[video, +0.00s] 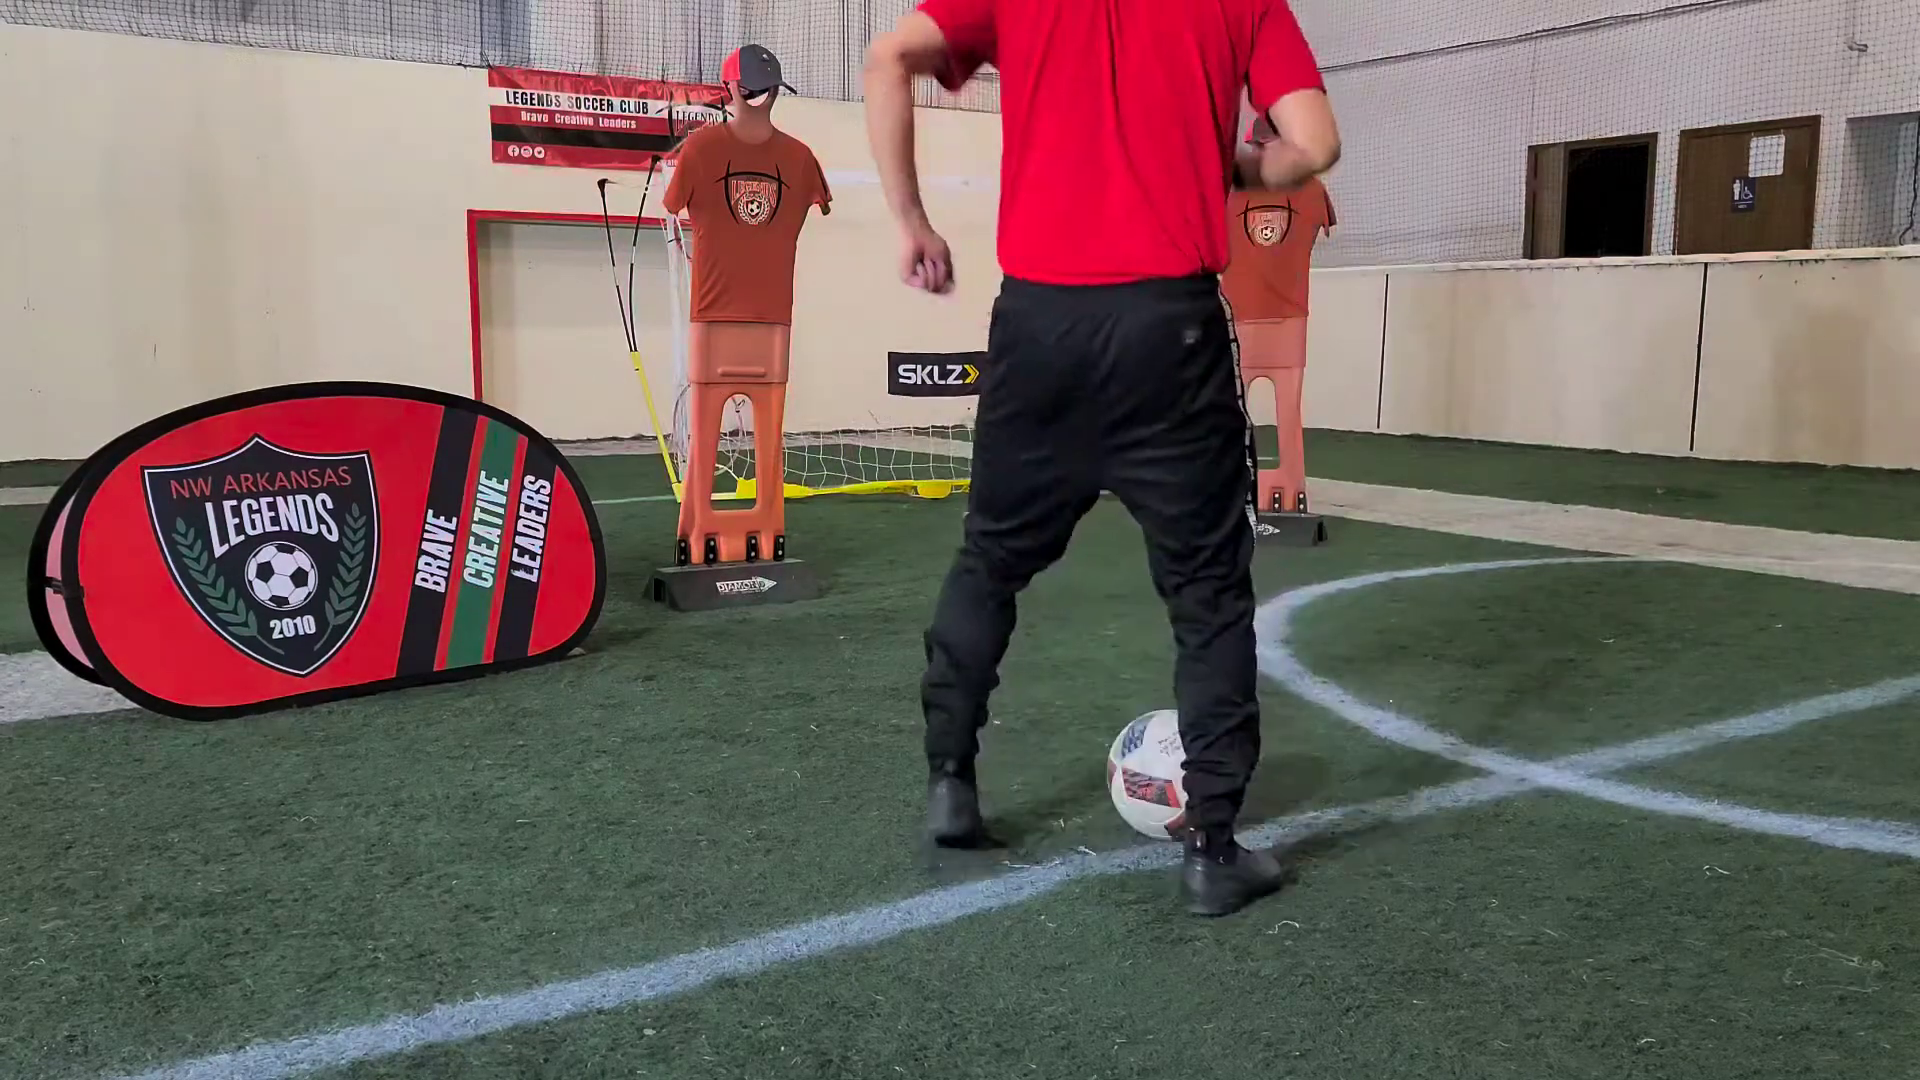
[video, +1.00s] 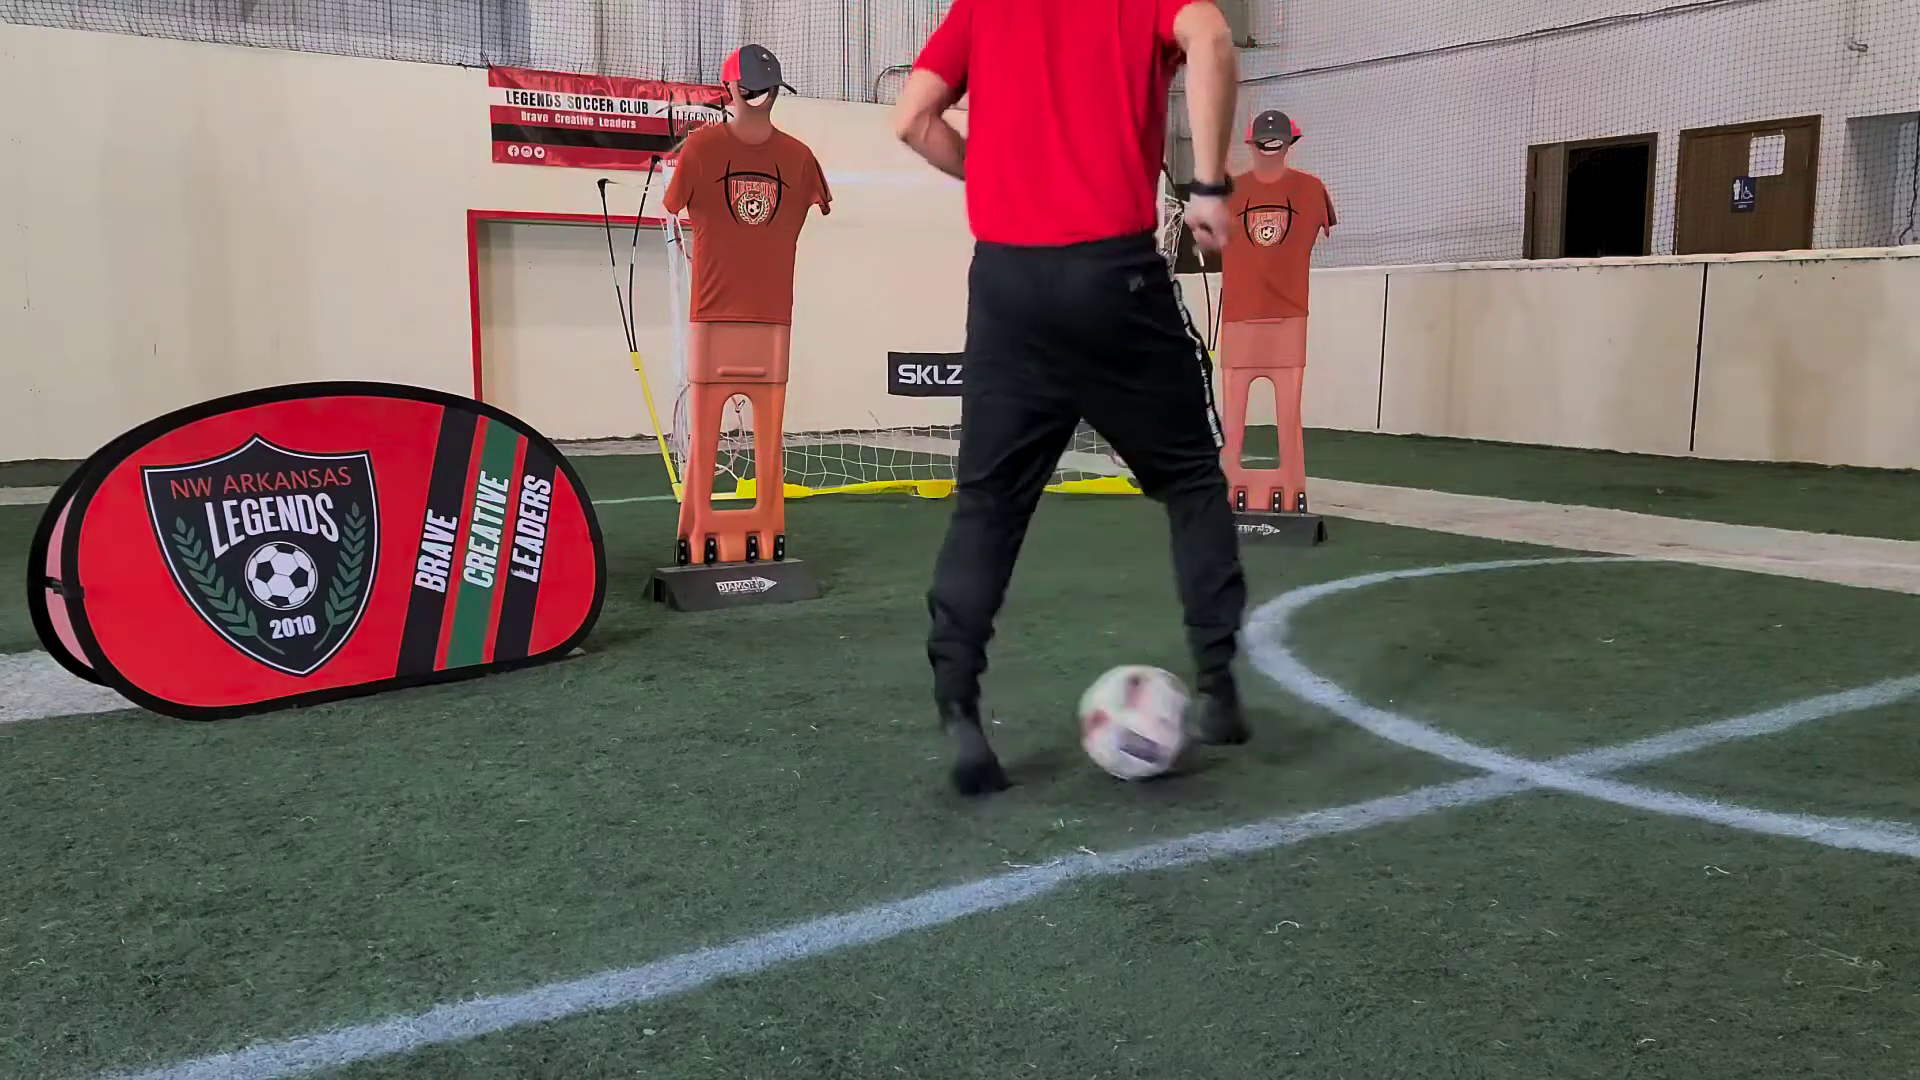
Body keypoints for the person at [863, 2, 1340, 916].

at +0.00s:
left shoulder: (1012, 4)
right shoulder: (1241, 4)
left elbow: (887, 56)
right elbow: (1311, 145)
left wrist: (909, 217)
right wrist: (1239, 165)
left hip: (1039, 311)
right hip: (1170, 315)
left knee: (993, 550)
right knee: (1207, 588)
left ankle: (950, 782)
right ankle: (1216, 847)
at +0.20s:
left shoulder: (956, 2)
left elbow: (858, 66)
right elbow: (1246, 90)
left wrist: (907, 206)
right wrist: (1190, 187)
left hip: (990, 301)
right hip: (1119, 297)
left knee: (968, 562)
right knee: (1220, 541)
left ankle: (937, 804)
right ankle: (1262, 788)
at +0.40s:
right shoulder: (1148, 2)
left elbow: (868, 78)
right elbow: (1221, 10)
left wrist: (955, 158)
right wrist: (1183, 160)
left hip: (973, 275)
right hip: (1097, 276)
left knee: (949, 519)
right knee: (1177, 507)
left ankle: (914, 746)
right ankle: (1203, 740)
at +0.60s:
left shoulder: (1006, 5)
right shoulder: (1193, 9)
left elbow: (898, 47)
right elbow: (1250, 142)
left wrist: (916, 195)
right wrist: (1180, 206)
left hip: (1010, 285)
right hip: (1131, 297)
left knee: (938, 493)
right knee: (1127, 550)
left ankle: (871, 686)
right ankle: (1113, 795)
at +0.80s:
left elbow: (902, 85)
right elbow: (1232, 85)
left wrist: (961, 182)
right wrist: (1196, 205)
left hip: (997, 274)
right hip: (1113, 272)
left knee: (979, 518)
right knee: (1191, 500)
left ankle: (969, 739)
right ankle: (1213, 721)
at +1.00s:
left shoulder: (980, 6)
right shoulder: (1149, 2)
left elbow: (913, 119)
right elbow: (1210, 38)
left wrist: (1001, 172)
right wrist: (1211, 185)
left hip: (1004, 278)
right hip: (1113, 274)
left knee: (987, 494)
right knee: (1190, 477)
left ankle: (958, 708)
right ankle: (1216, 686)